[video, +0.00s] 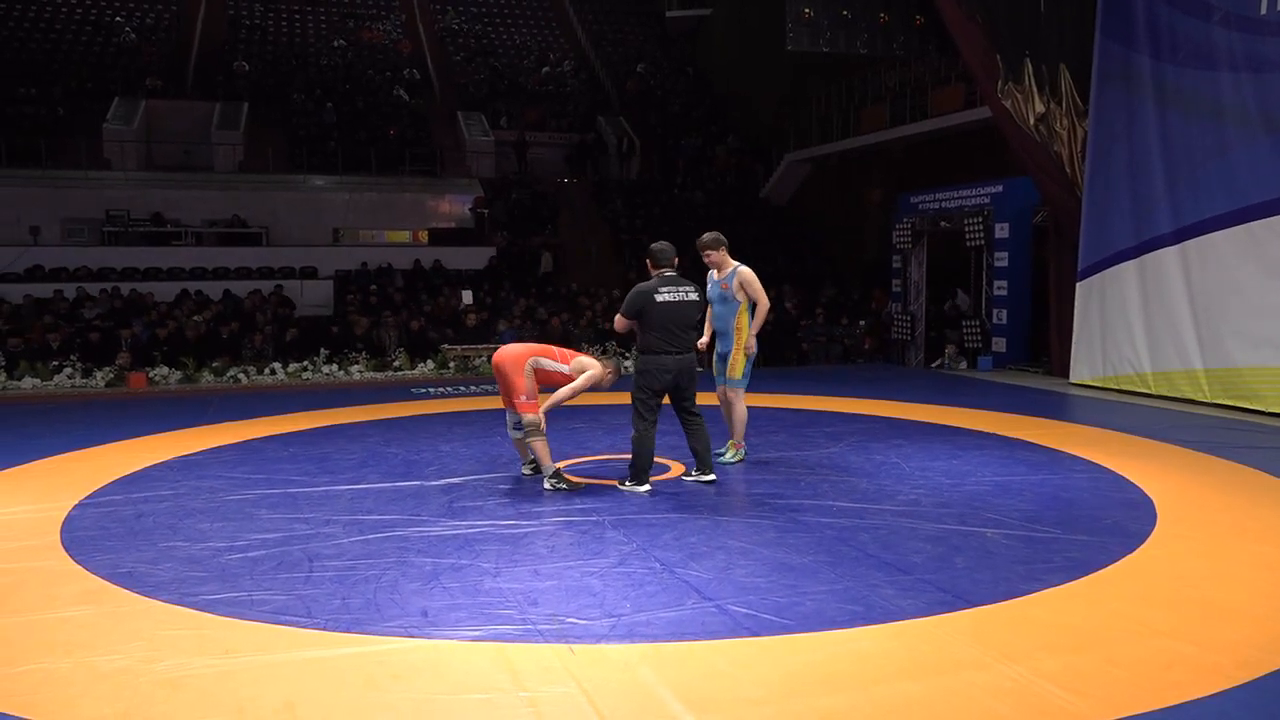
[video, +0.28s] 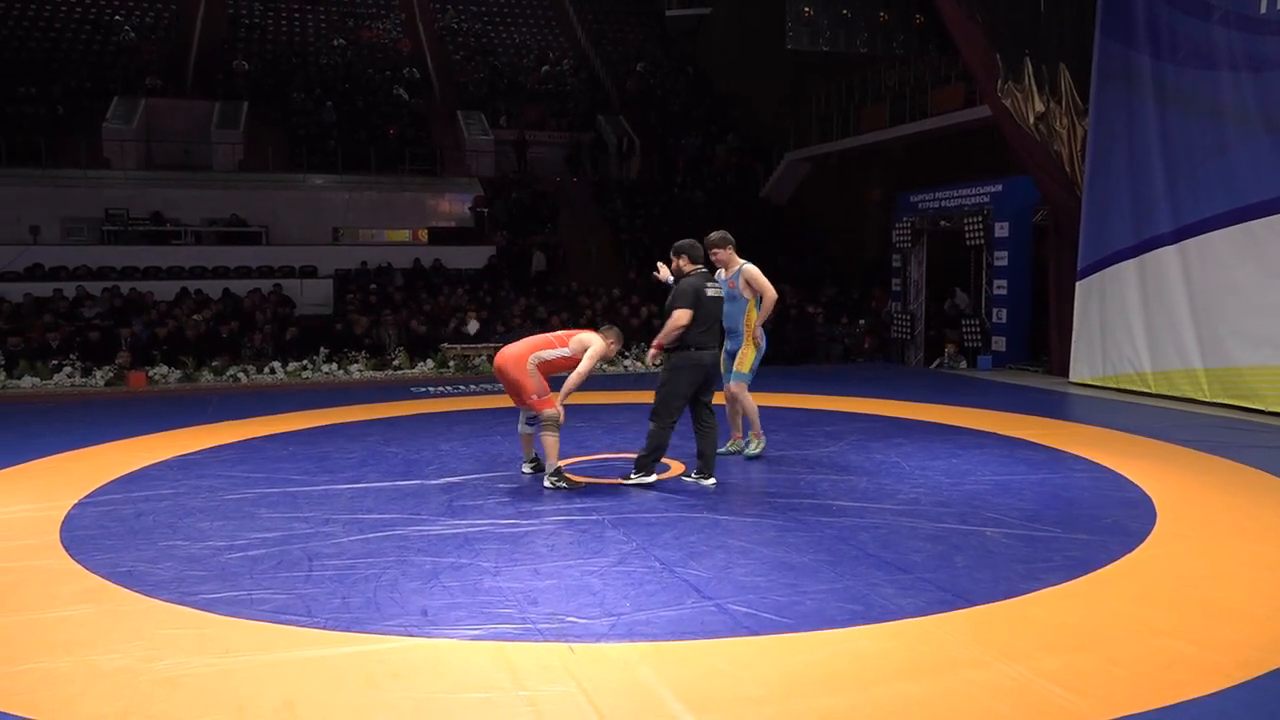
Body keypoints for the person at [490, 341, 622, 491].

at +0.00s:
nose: (609, 385)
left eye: (612, 382)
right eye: (612, 380)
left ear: (601, 363)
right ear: (608, 372)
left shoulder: (581, 364)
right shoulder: (596, 370)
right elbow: (572, 389)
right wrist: (543, 410)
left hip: (502, 357)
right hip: (519, 362)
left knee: (514, 420)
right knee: (532, 422)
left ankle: (528, 463)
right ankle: (552, 476)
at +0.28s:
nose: (614, 356)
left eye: (616, 352)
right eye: (616, 351)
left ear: (602, 336)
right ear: (611, 342)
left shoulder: (582, 337)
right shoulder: (597, 344)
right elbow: (579, 373)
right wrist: (560, 401)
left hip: (505, 359)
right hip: (522, 363)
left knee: (529, 413)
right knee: (551, 415)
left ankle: (530, 461)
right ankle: (553, 474)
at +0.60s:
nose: (615, 365)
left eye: (617, 361)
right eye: (616, 361)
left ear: (595, 351)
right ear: (609, 357)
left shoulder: (580, 356)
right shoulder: (598, 363)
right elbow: (605, 379)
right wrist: (592, 410)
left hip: (518, 412)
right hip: (534, 416)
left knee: (565, 411)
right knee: (590, 424)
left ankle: (537, 460)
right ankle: (561, 472)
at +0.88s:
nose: (613, 376)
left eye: (615, 372)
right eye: (614, 371)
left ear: (594, 361)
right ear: (610, 368)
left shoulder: (577, 368)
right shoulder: (593, 373)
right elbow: (587, 391)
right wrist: (588, 416)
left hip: (521, 434)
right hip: (536, 438)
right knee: (594, 427)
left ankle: (539, 462)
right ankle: (561, 472)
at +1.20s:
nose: (616, 387)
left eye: (619, 383)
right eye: (618, 382)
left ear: (595, 367)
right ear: (610, 377)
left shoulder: (571, 371)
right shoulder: (595, 379)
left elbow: (545, 371)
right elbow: (591, 384)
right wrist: (583, 413)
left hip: (508, 429)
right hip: (524, 434)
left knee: (558, 416)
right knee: (586, 427)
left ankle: (531, 467)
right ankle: (556, 480)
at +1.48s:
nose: (615, 374)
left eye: (616, 369)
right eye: (616, 368)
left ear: (592, 358)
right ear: (606, 365)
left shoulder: (572, 364)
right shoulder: (587, 370)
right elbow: (569, 389)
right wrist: (573, 419)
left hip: (497, 420)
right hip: (511, 424)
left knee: (555, 423)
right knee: (577, 433)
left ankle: (520, 475)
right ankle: (546, 489)